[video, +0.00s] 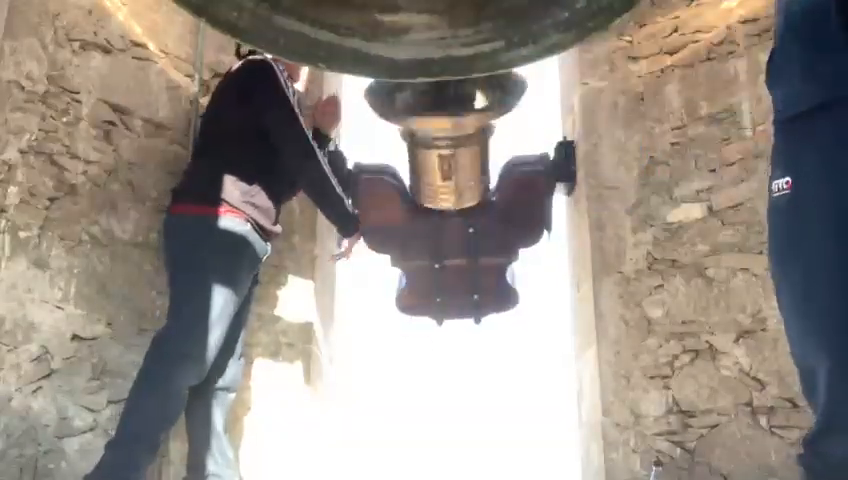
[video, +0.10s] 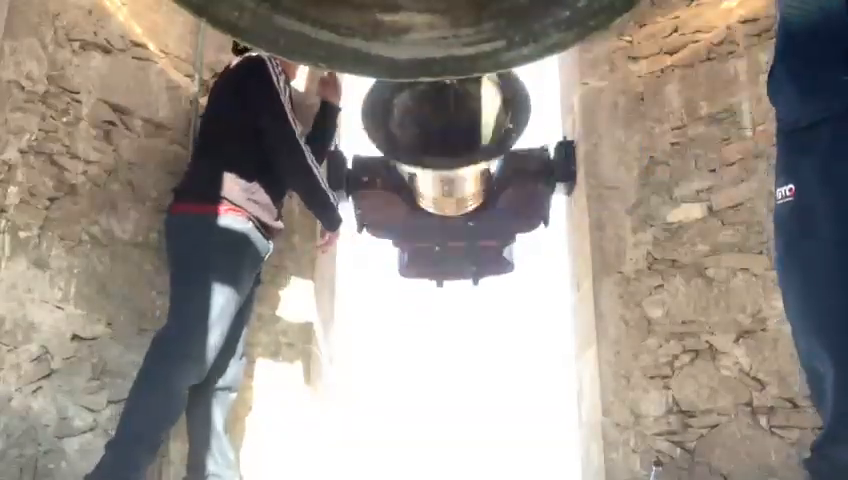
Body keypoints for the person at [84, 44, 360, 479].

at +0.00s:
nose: (304, 64)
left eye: (308, 57)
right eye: (301, 54)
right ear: (284, 50)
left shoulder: (286, 102)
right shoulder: (261, 73)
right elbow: (296, 152)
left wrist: (322, 136)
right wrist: (347, 222)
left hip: (248, 239)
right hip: (216, 225)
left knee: (221, 380)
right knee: (187, 358)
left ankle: (216, 473)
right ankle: (118, 470)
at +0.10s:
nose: (306, 54)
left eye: (307, 45)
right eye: (302, 42)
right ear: (281, 39)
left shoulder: (278, 88)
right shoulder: (257, 68)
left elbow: (307, 162)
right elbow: (285, 148)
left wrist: (330, 106)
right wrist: (330, 215)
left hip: (248, 235)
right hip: (217, 222)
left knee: (222, 377)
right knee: (188, 355)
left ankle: (215, 473)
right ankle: (117, 471)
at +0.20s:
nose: (309, 55)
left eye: (312, 47)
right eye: (307, 44)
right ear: (286, 35)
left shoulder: (271, 84)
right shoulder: (256, 67)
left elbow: (312, 149)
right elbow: (283, 145)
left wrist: (354, 93)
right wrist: (338, 194)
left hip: (250, 235)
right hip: (220, 224)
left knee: (222, 378)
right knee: (187, 359)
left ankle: (215, 472)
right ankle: (117, 470)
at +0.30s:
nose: (308, 62)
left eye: (310, 54)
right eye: (304, 50)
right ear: (283, 41)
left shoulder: (276, 91)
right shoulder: (257, 66)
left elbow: (316, 155)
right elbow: (289, 144)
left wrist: (368, 124)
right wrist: (352, 162)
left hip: (251, 237)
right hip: (220, 222)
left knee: (224, 378)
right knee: (187, 357)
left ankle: (215, 473)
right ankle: (117, 470)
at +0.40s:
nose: (306, 61)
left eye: (309, 54)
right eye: (303, 50)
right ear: (285, 43)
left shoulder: (276, 102)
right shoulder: (257, 67)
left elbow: (310, 178)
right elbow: (304, 131)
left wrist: (369, 163)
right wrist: (365, 128)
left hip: (251, 238)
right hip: (220, 222)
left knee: (225, 376)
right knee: (188, 357)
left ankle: (215, 473)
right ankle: (119, 470)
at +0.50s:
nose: (303, 61)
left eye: (304, 57)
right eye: (297, 53)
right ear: (275, 43)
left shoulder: (273, 119)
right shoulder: (255, 67)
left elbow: (307, 188)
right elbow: (324, 111)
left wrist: (373, 206)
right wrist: (372, 84)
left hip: (250, 241)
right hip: (216, 218)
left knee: (225, 380)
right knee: (186, 352)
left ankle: (216, 474)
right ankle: (117, 470)